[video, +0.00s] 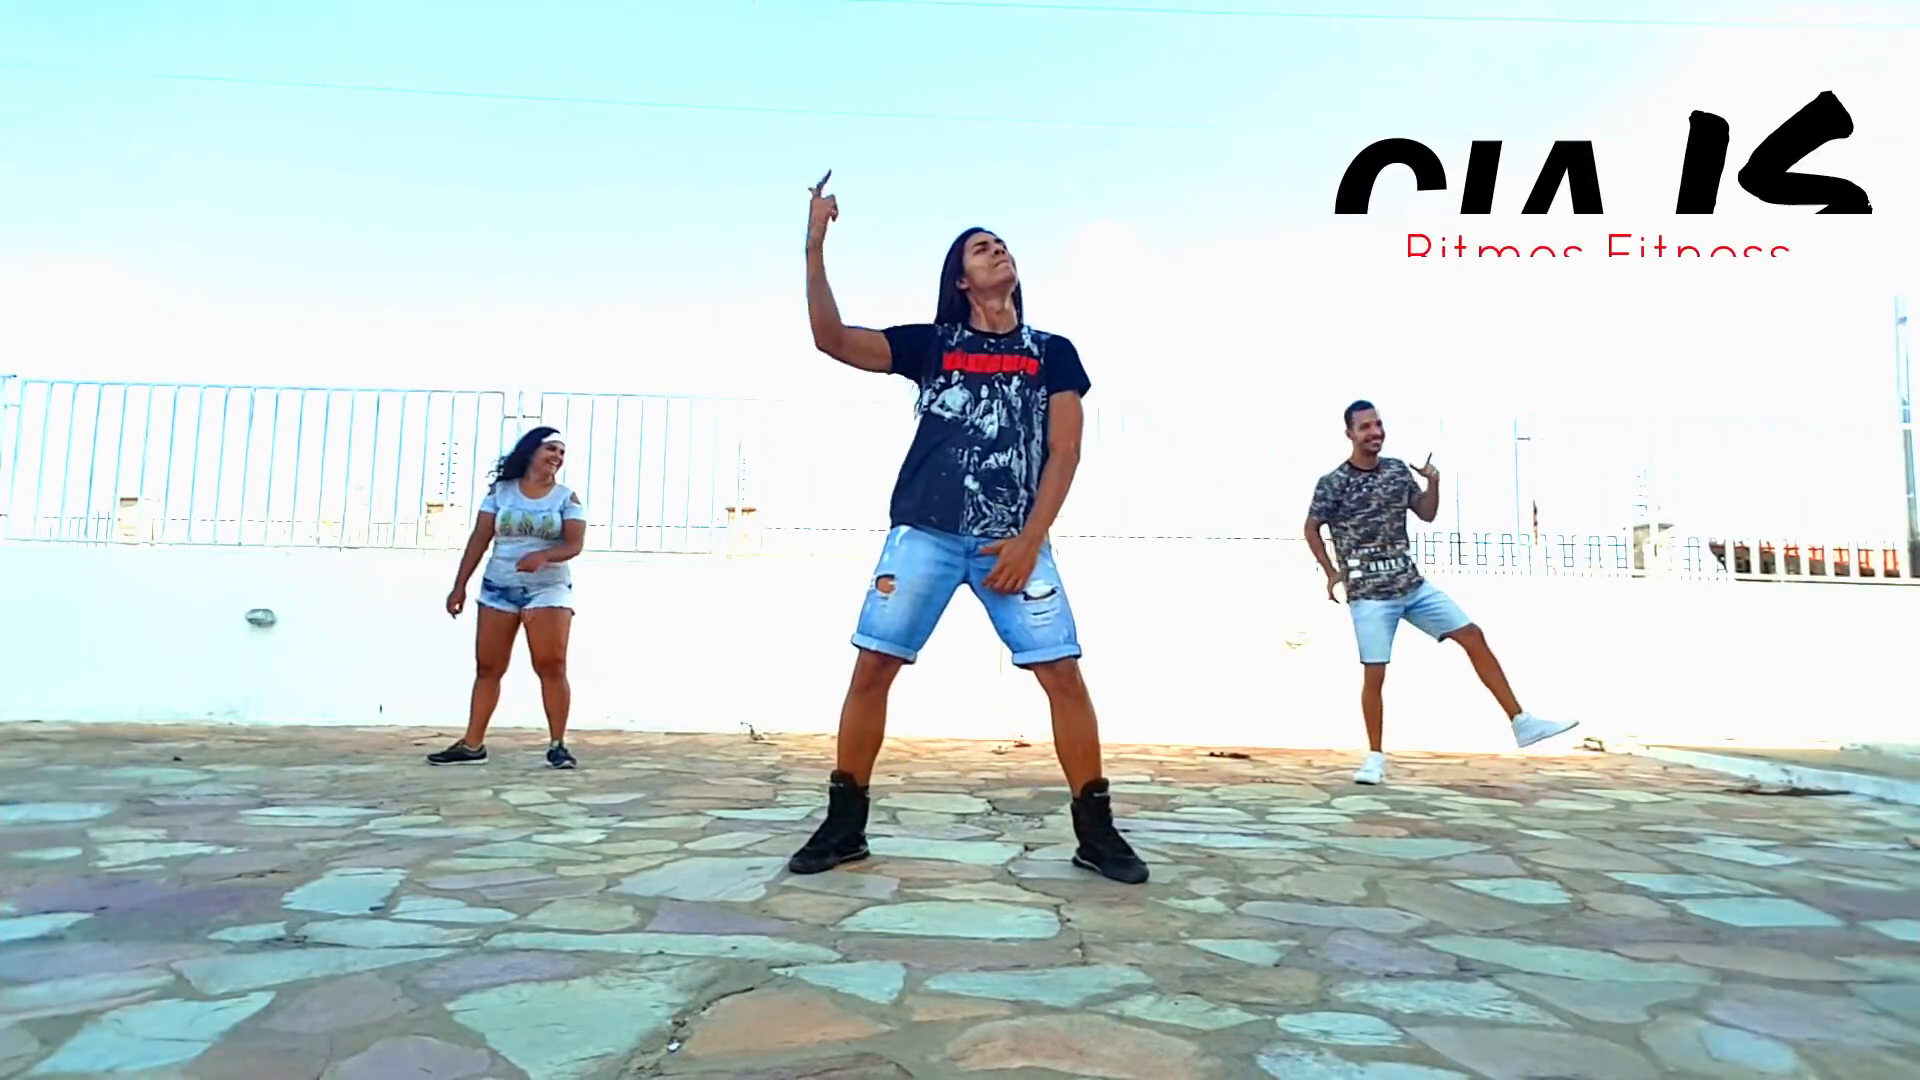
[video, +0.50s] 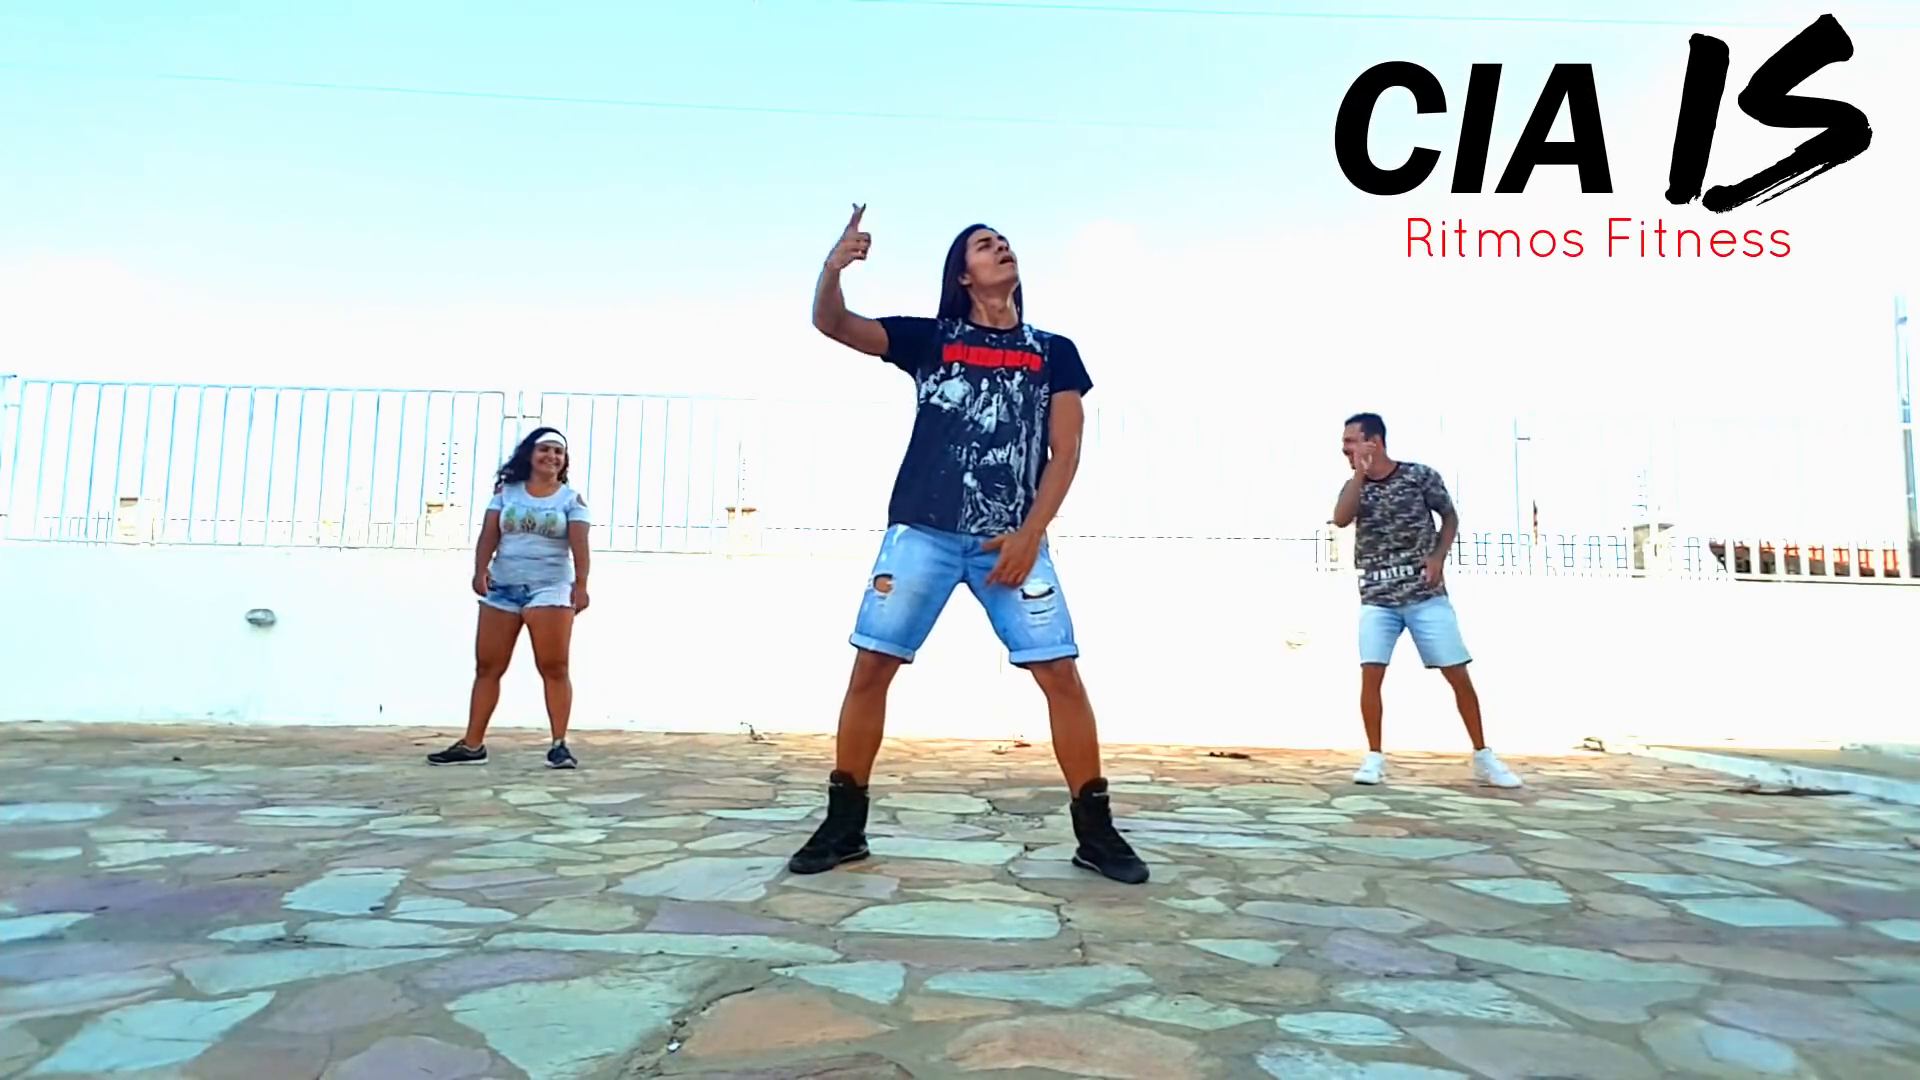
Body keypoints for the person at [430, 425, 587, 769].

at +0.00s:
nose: (556, 456)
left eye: (561, 452)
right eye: (550, 448)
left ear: (563, 460)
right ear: (530, 451)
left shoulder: (567, 498)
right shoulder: (501, 491)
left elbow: (574, 545)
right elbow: (480, 538)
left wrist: (545, 556)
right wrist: (460, 584)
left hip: (547, 591)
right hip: (499, 589)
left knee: (551, 666)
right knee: (488, 668)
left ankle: (557, 744)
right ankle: (472, 743)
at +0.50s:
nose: (550, 454)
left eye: (557, 451)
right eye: (544, 449)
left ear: (564, 460)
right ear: (528, 455)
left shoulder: (571, 500)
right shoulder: (506, 492)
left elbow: (580, 545)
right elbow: (489, 533)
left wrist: (581, 584)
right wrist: (481, 568)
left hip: (550, 589)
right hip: (501, 587)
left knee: (554, 668)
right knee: (487, 667)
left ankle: (559, 743)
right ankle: (472, 743)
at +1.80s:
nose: (543, 464)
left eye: (551, 458)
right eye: (538, 457)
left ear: (570, 462)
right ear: (533, 460)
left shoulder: (584, 504)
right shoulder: (518, 495)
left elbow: (587, 554)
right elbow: (497, 541)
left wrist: (551, 563)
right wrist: (475, 583)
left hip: (558, 591)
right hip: (513, 588)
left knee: (558, 667)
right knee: (492, 667)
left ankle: (558, 745)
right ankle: (472, 743)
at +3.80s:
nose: (527, 459)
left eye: (535, 454)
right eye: (520, 454)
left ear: (550, 462)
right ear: (513, 463)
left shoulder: (561, 496)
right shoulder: (500, 497)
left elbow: (564, 513)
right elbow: (486, 523)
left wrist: (553, 517)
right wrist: (489, 536)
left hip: (543, 589)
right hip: (494, 586)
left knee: (553, 668)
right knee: (479, 666)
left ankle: (558, 744)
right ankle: (471, 744)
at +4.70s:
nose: (531, 454)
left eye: (537, 449)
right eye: (523, 449)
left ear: (545, 459)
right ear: (510, 458)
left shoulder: (555, 495)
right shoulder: (493, 497)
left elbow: (565, 516)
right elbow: (470, 534)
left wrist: (561, 525)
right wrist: (449, 562)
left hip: (539, 588)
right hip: (489, 587)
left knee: (551, 669)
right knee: (471, 668)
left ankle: (556, 744)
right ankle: (471, 744)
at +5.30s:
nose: (489, 446)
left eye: (497, 440)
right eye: (483, 439)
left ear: (508, 448)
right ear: (472, 445)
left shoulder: (512, 483)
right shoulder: (449, 481)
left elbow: (520, 499)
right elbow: (433, 510)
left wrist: (517, 506)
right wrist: (426, 526)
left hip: (501, 570)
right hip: (453, 569)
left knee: (523, 648)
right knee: (434, 655)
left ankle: (544, 724)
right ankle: (438, 730)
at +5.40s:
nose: (468, 435)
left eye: (476, 430)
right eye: (462, 430)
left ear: (491, 436)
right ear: (454, 438)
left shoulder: (505, 467)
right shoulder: (442, 472)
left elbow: (507, 482)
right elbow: (422, 505)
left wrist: (502, 488)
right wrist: (390, 522)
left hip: (487, 565)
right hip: (437, 564)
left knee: (497, 643)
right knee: (419, 646)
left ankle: (507, 725)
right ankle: (419, 723)